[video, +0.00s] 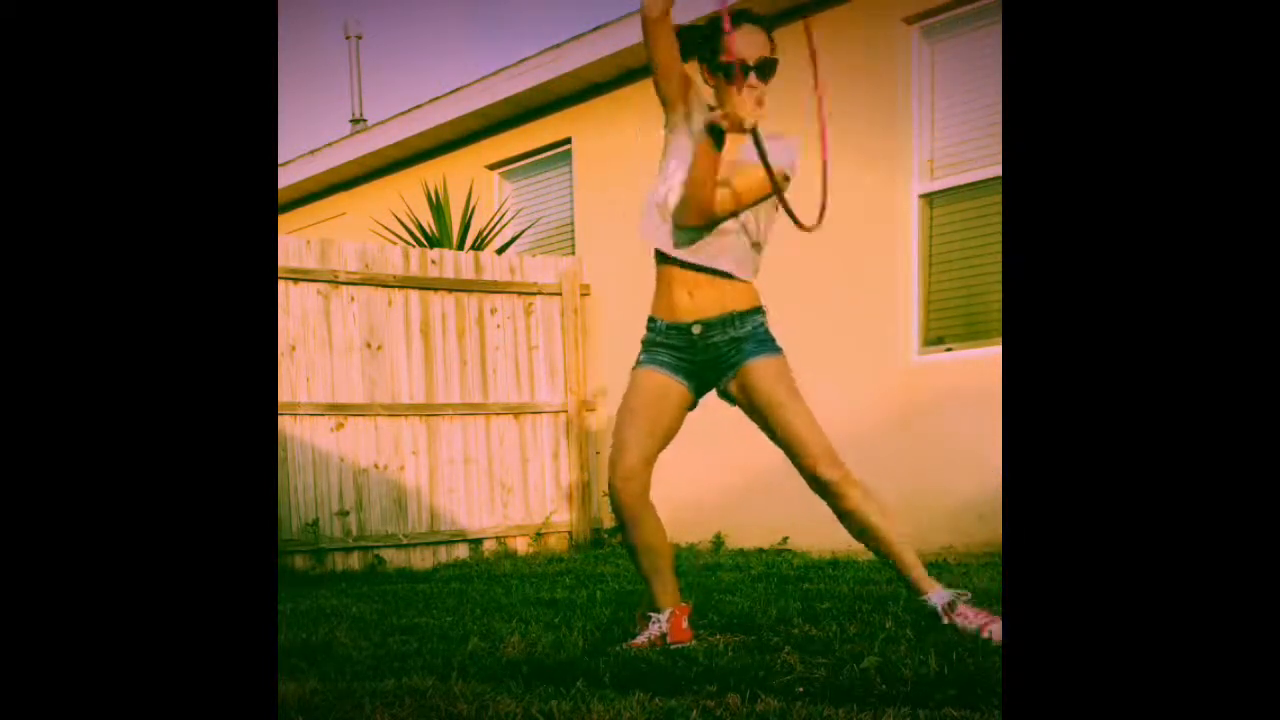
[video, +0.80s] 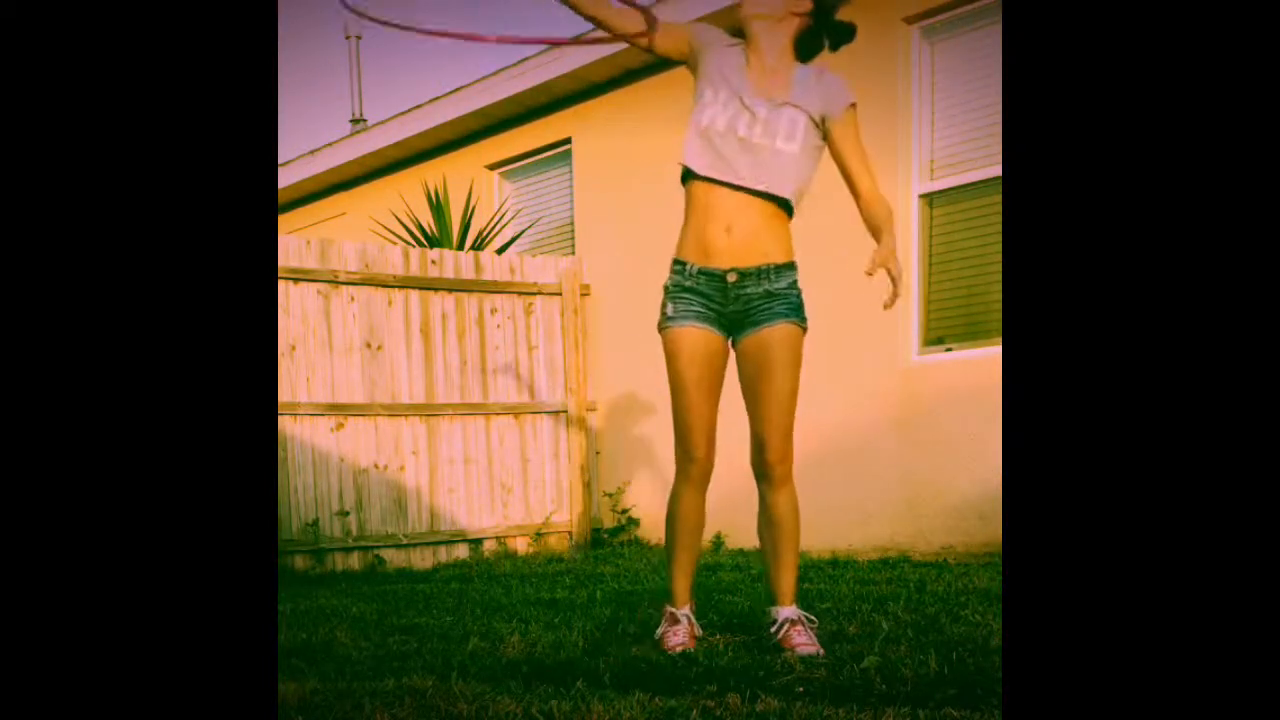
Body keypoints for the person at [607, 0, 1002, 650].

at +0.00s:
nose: (755, 83)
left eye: (764, 70)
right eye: (741, 70)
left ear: (771, 73)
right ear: (711, 71)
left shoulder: (777, 151)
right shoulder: (686, 115)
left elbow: (693, 214)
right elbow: (654, 13)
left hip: (741, 334)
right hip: (667, 340)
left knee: (829, 476)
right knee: (623, 479)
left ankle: (938, 598)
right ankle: (669, 618)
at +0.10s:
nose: (730, 57)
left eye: (746, 46)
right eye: (715, 44)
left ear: (763, 57)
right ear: (696, 57)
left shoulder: (762, 141)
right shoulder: (678, 101)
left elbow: (673, 185)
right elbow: (651, 7)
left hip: (738, 320)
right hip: (666, 327)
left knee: (802, 463)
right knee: (629, 470)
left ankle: (882, 585)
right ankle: (670, 618)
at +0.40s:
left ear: (772, 9)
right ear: (714, 15)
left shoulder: (795, 80)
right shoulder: (692, 64)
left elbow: (758, 129)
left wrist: (663, 99)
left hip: (769, 296)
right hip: (692, 297)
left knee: (769, 461)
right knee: (669, 457)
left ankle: (784, 612)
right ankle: (675, 610)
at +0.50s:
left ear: (785, 8)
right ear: (730, 7)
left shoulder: (807, 82)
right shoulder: (700, 48)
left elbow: (811, 156)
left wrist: (730, 129)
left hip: (777, 288)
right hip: (699, 288)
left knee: (774, 460)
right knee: (686, 451)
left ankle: (785, 613)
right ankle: (675, 602)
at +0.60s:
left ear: (793, 12)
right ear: (743, 11)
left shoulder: (815, 86)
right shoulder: (703, 46)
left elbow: (850, 184)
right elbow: (613, 2)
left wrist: (800, 179)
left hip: (776, 290)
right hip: (698, 289)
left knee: (775, 461)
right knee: (700, 454)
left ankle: (785, 613)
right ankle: (677, 610)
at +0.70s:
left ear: (800, 11)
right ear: (749, 11)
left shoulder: (819, 89)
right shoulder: (704, 46)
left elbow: (867, 193)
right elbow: (609, 12)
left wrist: (856, 221)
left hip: (772, 289)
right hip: (693, 286)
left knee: (772, 462)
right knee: (695, 460)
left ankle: (785, 613)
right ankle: (678, 611)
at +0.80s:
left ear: (802, 8)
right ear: (751, 10)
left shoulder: (823, 87)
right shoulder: (708, 47)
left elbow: (865, 185)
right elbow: (622, 21)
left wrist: (887, 238)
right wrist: (571, 1)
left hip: (771, 289)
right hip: (691, 286)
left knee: (774, 462)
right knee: (694, 461)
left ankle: (787, 612)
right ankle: (679, 612)